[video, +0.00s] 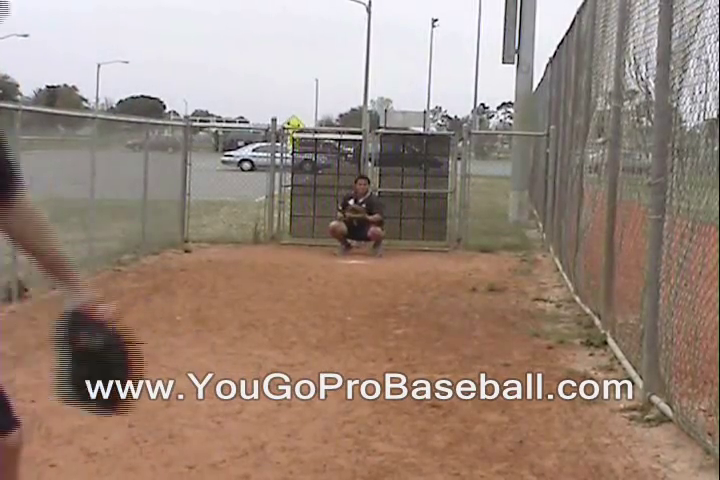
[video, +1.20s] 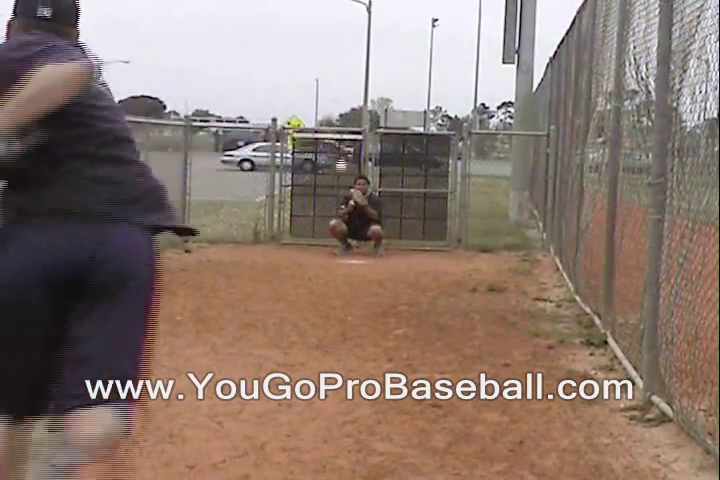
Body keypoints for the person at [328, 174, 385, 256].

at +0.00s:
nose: (362, 187)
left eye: (364, 185)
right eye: (360, 184)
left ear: (368, 186)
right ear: (355, 186)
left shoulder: (373, 200)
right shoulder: (348, 198)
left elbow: (379, 217)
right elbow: (339, 213)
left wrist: (364, 217)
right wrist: (346, 216)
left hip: (365, 227)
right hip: (350, 226)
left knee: (376, 231)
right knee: (334, 227)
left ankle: (376, 245)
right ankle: (346, 245)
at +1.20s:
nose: (361, 187)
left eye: (363, 184)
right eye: (358, 184)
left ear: (367, 186)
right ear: (354, 186)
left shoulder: (373, 199)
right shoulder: (348, 198)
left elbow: (377, 217)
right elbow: (338, 213)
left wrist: (365, 206)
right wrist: (348, 209)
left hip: (366, 228)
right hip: (350, 227)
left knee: (376, 230)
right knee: (334, 225)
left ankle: (377, 246)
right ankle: (346, 245)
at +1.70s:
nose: (357, 192)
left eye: (359, 189)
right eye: (355, 189)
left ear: (363, 191)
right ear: (351, 190)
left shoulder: (369, 199)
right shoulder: (346, 200)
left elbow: (374, 209)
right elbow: (333, 212)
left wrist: (361, 216)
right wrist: (345, 217)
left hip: (365, 228)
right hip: (349, 228)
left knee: (379, 227)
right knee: (334, 225)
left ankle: (378, 246)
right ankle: (346, 245)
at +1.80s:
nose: (356, 193)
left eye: (358, 190)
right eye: (354, 190)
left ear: (363, 191)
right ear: (351, 191)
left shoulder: (368, 200)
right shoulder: (346, 201)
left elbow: (371, 210)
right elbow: (333, 212)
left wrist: (367, 222)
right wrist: (349, 215)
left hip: (366, 228)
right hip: (351, 228)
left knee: (380, 226)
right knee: (335, 224)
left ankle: (379, 246)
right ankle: (346, 245)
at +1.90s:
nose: (356, 193)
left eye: (358, 190)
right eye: (354, 190)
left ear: (362, 192)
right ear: (350, 192)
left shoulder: (369, 201)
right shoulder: (346, 201)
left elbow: (371, 215)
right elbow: (334, 212)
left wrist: (367, 230)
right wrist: (348, 215)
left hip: (366, 228)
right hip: (352, 228)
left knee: (381, 226)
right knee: (335, 224)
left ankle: (380, 246)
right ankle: (346, 245)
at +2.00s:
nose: (355, 192)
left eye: (358, 190)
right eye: (353, 190)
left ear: (362, 191)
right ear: (350, 191)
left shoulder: (369, 202)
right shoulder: (346, 201)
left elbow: (369, 222)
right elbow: (333, 212)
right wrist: (347, 213)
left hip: (366, 227)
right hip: (352, 227)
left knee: (382, 225)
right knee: (336, 223)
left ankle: (382, 246)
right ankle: (346, 246)